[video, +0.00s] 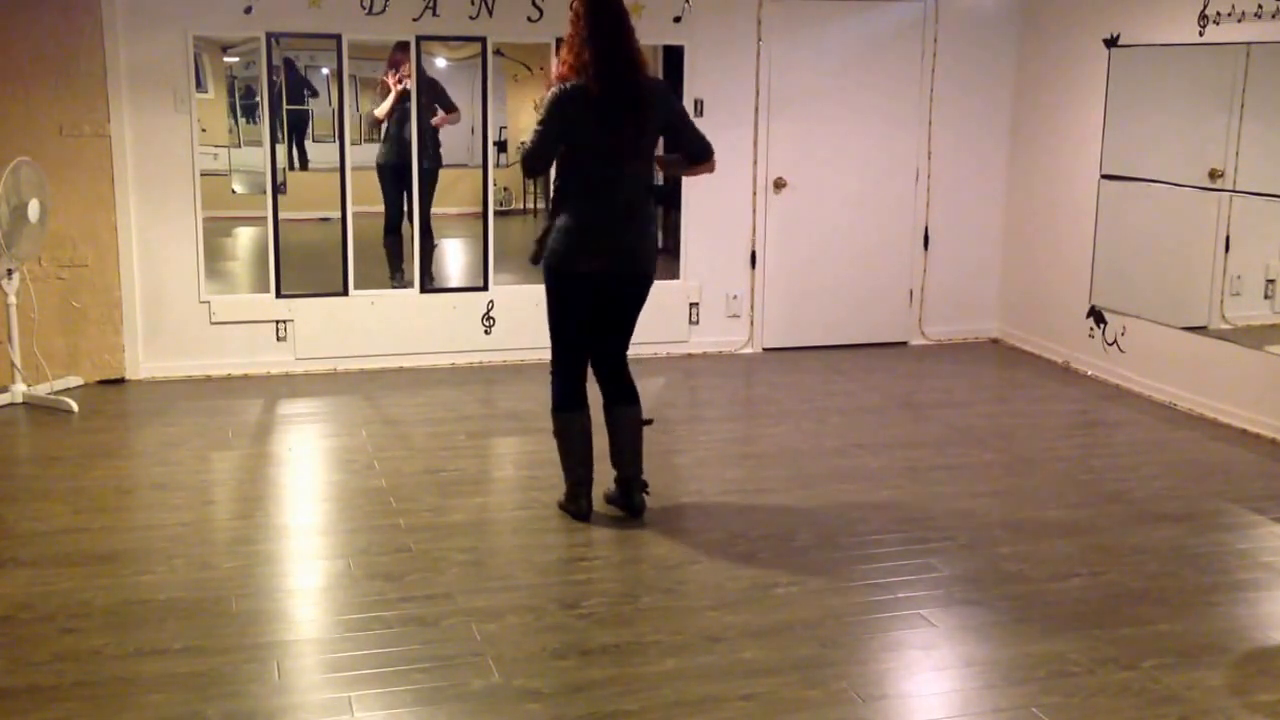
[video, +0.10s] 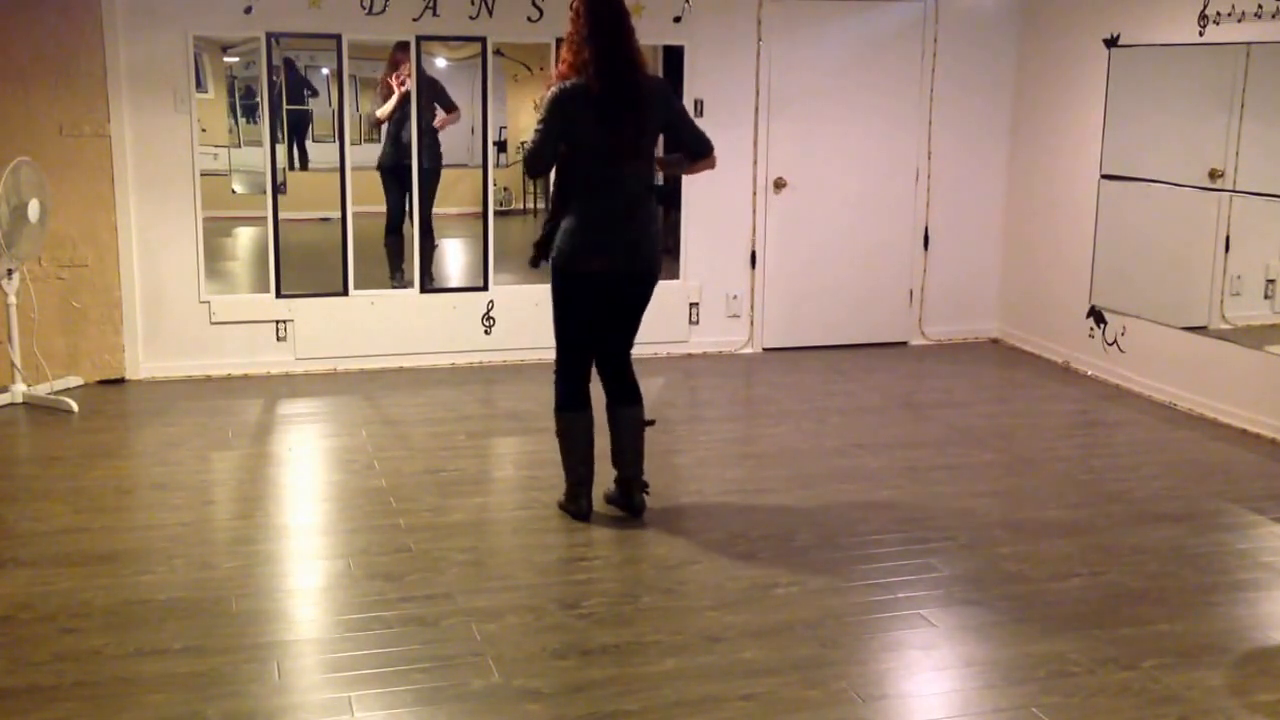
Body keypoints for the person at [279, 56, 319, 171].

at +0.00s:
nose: (282, 70)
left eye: (283, 68)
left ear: (284, 68)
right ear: (294, 66)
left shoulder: (282, 81)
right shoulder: (301, 77)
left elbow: (277, 98)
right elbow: (315, 92)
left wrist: (277, 113)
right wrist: (306, 94)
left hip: (287, 114)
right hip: (302, 114)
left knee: (288, 145)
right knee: (300, 143)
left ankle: (290, 171)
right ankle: (304, 168)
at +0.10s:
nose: (283, 70)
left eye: (283, 67)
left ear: (284, 67)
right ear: (294, 66)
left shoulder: (283, 80)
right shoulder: (300, 77)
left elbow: (277, 97)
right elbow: (315, 92)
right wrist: (306, 95)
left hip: (287, 114)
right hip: (302, 113)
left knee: (289, 145)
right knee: (301, 143)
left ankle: (290, 171)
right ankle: (304, 170)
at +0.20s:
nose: (283, 70)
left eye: (283, 67)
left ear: (284, 67)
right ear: (294, 66)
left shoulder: (283, 80)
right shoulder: (300, 77)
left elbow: (277, 96)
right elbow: (315, 92)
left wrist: (278, 110)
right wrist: (306, 95)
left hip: (288, 114)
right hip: (303, 113)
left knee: (290, 144)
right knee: (302, 143)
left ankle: (290, 170)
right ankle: (305, 169)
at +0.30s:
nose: (283, 70)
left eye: (283, 67)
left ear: (284, 67)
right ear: (294, 65)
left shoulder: (283, 80)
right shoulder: (301, 76)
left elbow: (277, 96)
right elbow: (316, 90)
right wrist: (308, 97)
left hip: (290, 112)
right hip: (304, 111)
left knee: (291, 144)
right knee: (304, 142)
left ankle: (291, 169)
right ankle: (305, 169)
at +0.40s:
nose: (283, 69)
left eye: (283, 67)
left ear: (284, 67)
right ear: (295, 65)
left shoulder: (282, 79)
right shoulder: (300, 76)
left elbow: (277, 96)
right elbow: (316, 90)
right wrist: (308, 98)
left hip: (290, 111)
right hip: (304, 111)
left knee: (291, 144)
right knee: (305, 142)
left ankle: (291, 170)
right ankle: (305, 169)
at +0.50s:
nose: (285, 69)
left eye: (284, 66)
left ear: (284, 66)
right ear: (294, 65)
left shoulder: (281, 79)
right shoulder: (300, 76)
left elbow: (276, 96)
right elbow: (316, 89)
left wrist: (279, 107)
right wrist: (309, 99)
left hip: (289, 111)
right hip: (304, 111)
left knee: (291, 143)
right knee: (305, 142)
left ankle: (291, 168)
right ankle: (306, 168)